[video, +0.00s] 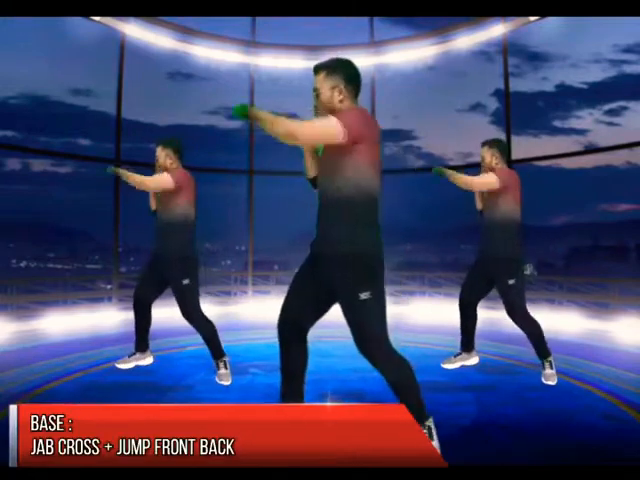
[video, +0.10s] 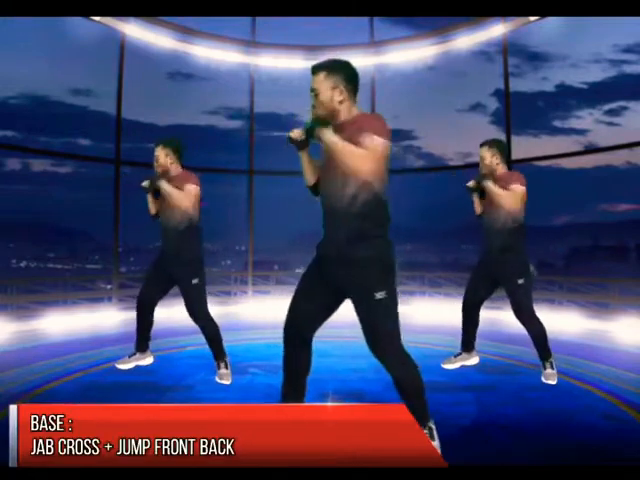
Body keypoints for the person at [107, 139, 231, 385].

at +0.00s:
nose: (157, 159)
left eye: (161, 155)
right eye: (157, 156)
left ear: (171, 156)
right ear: (165, 158)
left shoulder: (181, 177)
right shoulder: (167, 179)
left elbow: (146, 183)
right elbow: (156, 207)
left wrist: (121, 173)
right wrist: (151, 182)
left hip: (182, 257)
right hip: (164, 256)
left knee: (192, 312)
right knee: (142, 299)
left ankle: (221, 360)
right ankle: (142, 352)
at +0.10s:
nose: (158, 162)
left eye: (161, 158)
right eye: (156, 158)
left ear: (173, 158)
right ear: (157, 162)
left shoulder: (189, 180)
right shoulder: (161, 183)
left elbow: (188, 206)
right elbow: (154, 211)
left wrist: (161, 184)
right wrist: (150, 191)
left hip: (189, 256)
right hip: (168, 255)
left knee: (198, 312)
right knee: (145, 301)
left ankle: (222, 363)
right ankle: (142, 352)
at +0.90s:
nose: (135, 164)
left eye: (139, 159)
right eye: (134, 160)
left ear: (153, 160)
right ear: (136, 164)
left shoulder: (174, 185)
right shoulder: (136, 193)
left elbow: (179, 216)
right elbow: (119, 213)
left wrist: (155, 188)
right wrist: (112, 192)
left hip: (167, 260)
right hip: (138, 260)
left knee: (189, 309)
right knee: (116, 301)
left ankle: (194, 353)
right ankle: (114, 346)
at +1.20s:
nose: (154, 167)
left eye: (158, 162)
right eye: (153, 163)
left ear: (172, 162)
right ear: (156, 166)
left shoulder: (192, 184)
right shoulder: (160, 193)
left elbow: (193, 212)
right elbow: (144, 219)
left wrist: (165, 189)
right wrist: (137, 197)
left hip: (193, 261)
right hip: (168, 261)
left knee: (206, 317)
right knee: (140, 304)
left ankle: (223, 366)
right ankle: (137, 355)